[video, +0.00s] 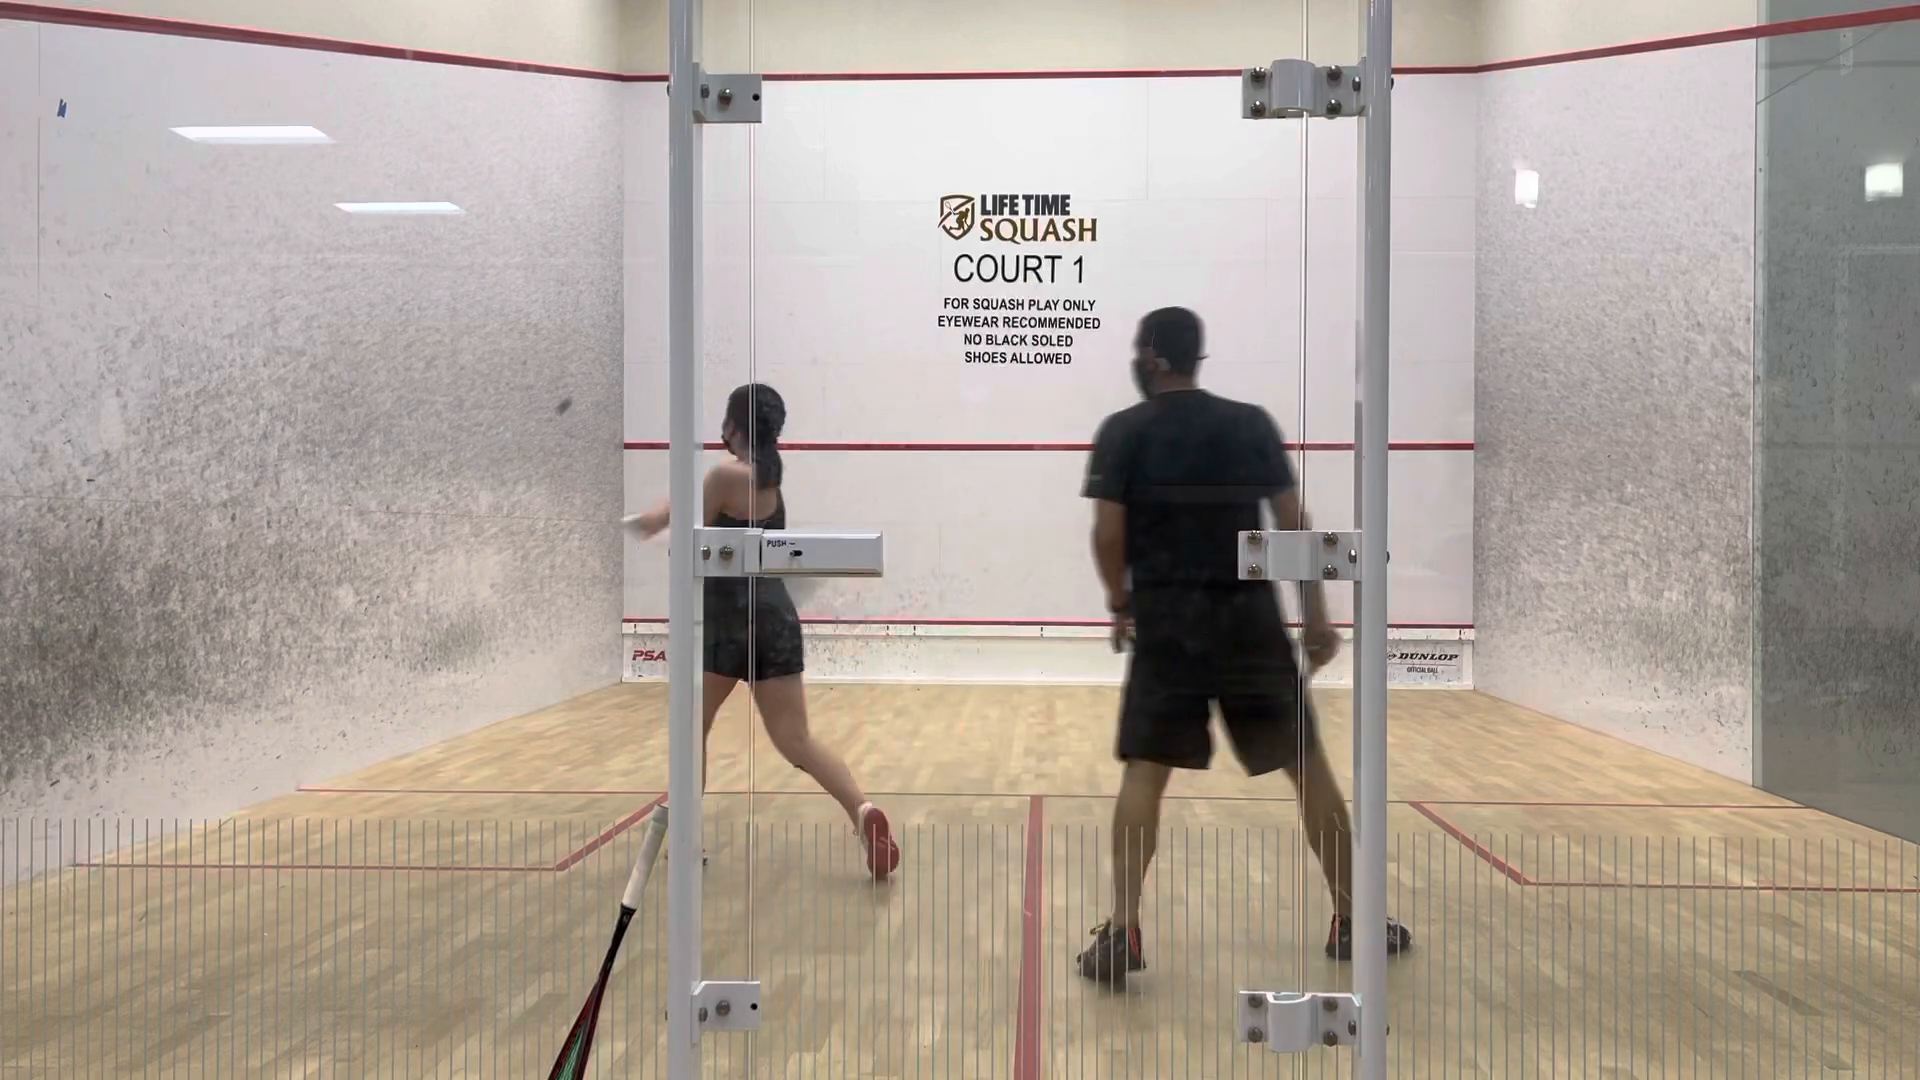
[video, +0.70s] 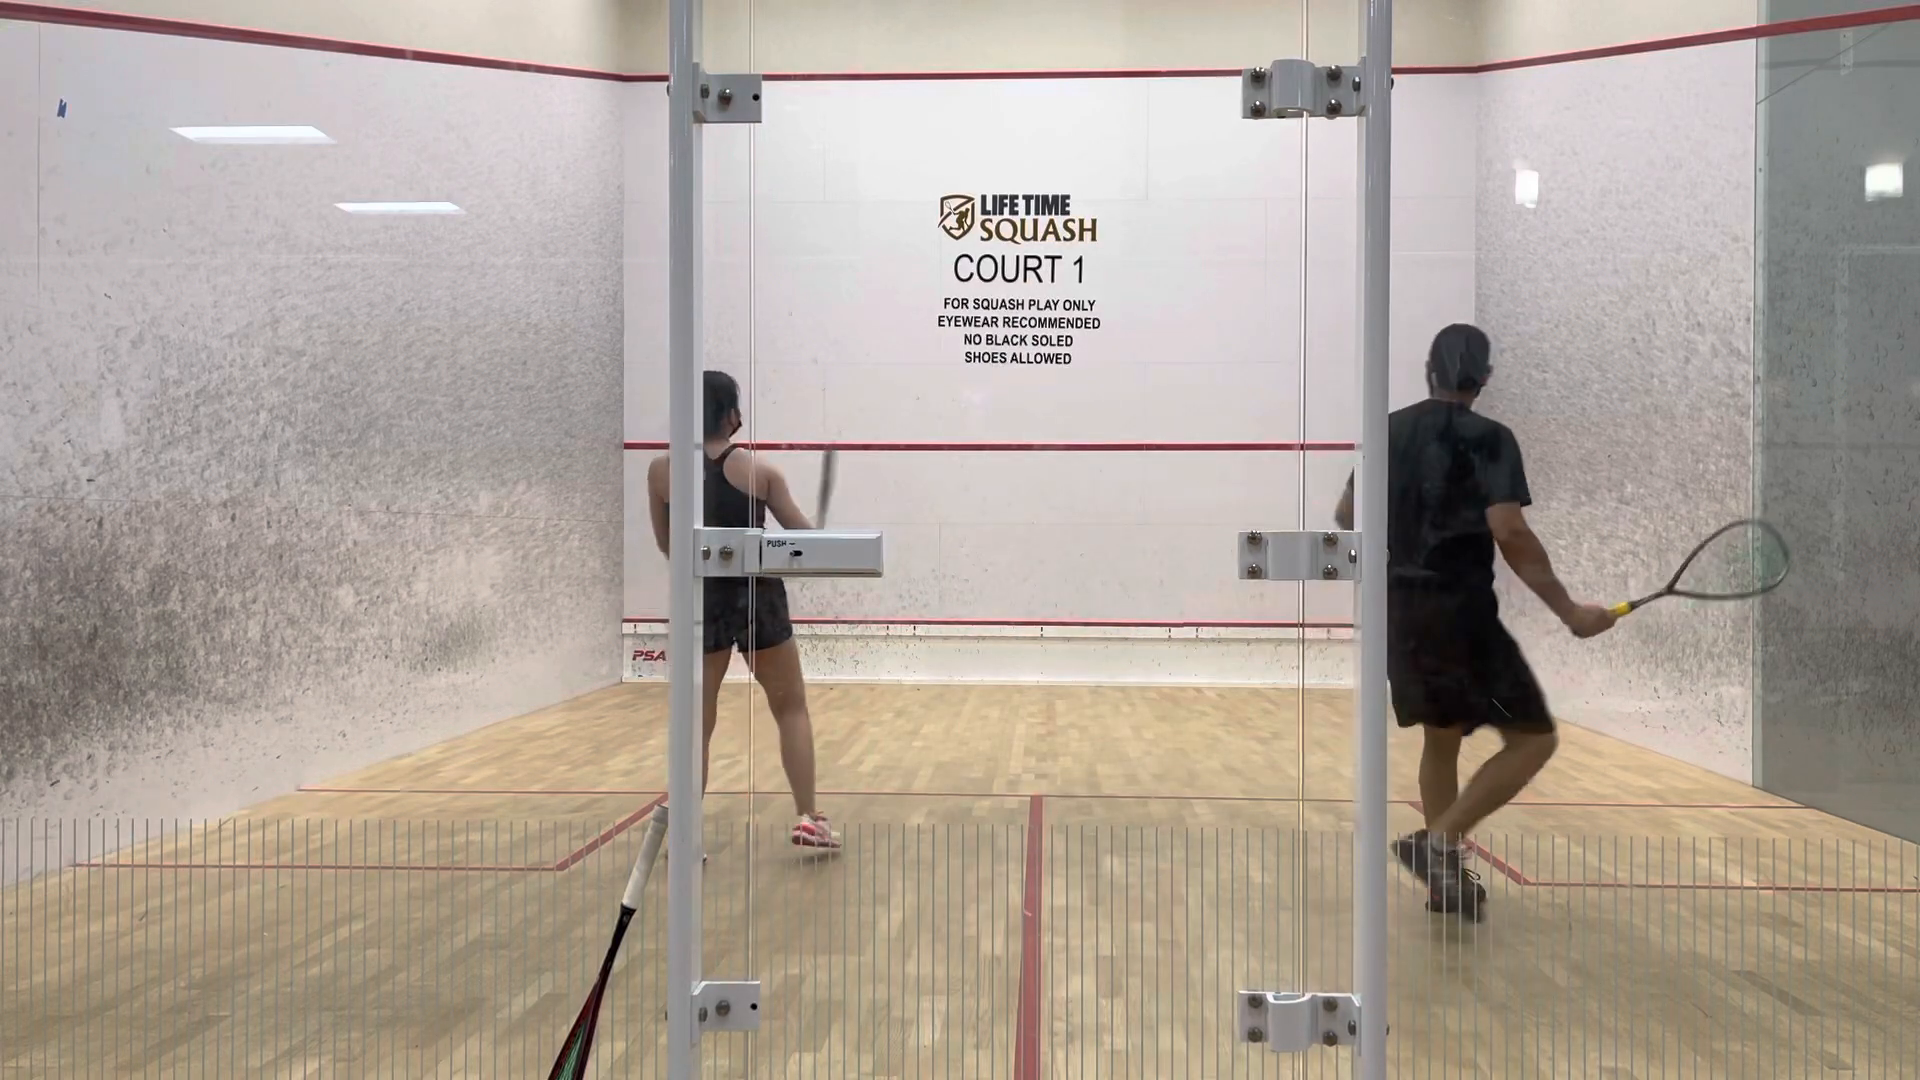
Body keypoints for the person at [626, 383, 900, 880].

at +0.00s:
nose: (721, 427)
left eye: (725, 419)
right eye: (724, 418)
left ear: (734, 425)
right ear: (770, 427)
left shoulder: (722, 476)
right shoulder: (769, 476)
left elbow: (682, 520)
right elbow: (711, 514)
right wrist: (665, 517)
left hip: (726, 622)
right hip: (775, 619)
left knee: (691, 728)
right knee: (794, 738)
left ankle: (684, 834)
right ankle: (862, 809)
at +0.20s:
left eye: (701, 414)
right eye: (742, 418)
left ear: (701, 418)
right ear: (745, 424)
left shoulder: (688, 464)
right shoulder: (743, 467)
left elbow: (657, 539)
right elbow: (683, 539)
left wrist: (636, 586)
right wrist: (638, 578)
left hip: (705, 607)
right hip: (754, 603)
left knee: (680, 716)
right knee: (767, 721)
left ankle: (682, 823)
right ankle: (811, 791)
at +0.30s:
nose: (679, 417)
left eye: (687, 409)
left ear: (695, 414)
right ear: (739, 423)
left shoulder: (674, 458)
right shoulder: (744, 471)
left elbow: (646, 533)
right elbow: (694, 545)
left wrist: (625, 591)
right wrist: (642, 597)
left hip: (692, 606)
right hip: (747, 605)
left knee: (675, 716)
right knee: (768, 712)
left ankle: (680, 825)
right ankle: (789, 796)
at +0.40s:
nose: (734, 426)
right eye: (736, 417)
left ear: (689, 409)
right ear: (735, 420)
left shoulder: (664, 460)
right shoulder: (743, 468)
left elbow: (638, 536)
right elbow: (749, 533)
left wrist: (625, 596)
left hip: (686, 603)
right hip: (744, 602)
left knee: (676, 719)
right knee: (766, 712)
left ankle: (682, 824)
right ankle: (773, 804)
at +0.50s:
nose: (735, 421)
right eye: (735, 414)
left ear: (685, 412)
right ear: (732, 418)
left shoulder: (656, 465)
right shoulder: (746, 475)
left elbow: (635, 538)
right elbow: (755, 543)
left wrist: (637, 595)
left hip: (687, 605)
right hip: (747, 606)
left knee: (680, 720)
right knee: (766, 714)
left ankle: (681, 823)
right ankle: (774, 805)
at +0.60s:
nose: (738, 417)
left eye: (733, 410)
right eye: (736, 411)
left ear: (684, 413)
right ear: (730, 418)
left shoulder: (656, 470)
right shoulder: (749, 473)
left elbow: (647, 544)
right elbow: (782, 541)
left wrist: (661, 591)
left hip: (693, 604)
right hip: (751, 604)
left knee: (690, 721)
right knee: (775, 708)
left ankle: (679, 825)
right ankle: (786, 809)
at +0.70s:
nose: (739, 416)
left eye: (736, 409)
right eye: (738, 410)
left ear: (687, 413)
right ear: (733, 415)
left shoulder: (662, 470)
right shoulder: (758, 472)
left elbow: (667, 544)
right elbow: (805, 536)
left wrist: (707, 567)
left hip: (701, 601)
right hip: (760, 599)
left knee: (695, 722)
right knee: (789, 707)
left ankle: (683, 828)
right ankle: (808, 816)